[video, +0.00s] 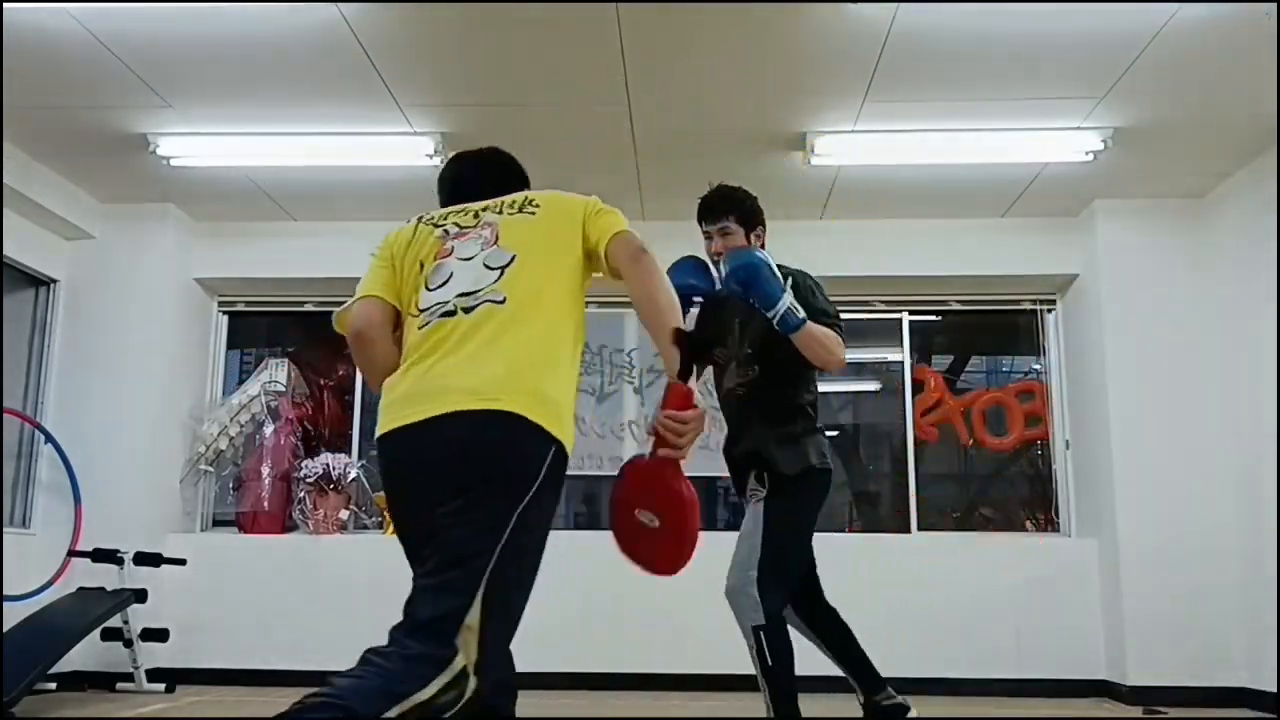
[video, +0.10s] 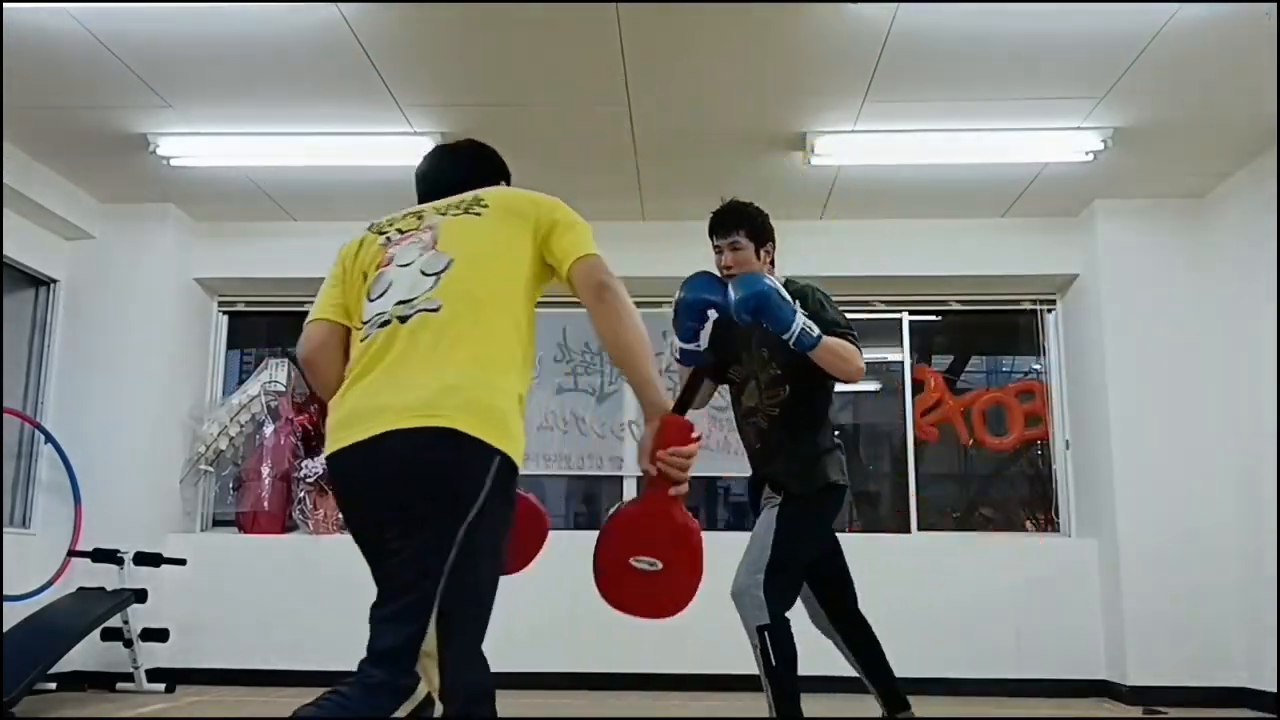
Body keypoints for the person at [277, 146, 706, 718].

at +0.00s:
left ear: (445, 202)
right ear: (525, 188)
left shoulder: (407, 235)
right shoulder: (570, 207)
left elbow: (365, 322)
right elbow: (634, 256)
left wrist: (409, 403)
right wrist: (681, 377)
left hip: (407, 433)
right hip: (515, 423)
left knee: (474, 643)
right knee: (438, 645)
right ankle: (319, 711)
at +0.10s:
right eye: (509, 187)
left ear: (420, 195)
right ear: (500, 182)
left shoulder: (366, 241)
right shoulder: (529, 206)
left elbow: (316, 349)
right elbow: (599, 284)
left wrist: (373, 422)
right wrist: (658, 410)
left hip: (355, 449)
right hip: (461, 436)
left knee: (450, 654)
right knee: (402, 665)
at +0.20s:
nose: (501, 166)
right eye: (500, 158)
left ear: (408, 155)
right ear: (485, 148)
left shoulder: (341, 212)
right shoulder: (488, 171)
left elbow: (270, 337)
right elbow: (514, 278)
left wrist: (338, 417)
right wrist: (584, 419)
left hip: (306, 440)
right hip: (400, 426)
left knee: (418, 653)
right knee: (345, 666)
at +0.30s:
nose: (486, 132)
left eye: (487, 120)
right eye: (487, 116)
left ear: (391, 99)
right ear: (464, 98)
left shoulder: (316, 170)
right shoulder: (442, 128)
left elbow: (235, 298)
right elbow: (431, 243)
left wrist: (310, 378)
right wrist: (495, 398)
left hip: (276, 423)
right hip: (350, 416)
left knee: (391, 640)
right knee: (309, 670)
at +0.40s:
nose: (467, 105)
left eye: (471, 87)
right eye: (470, 81)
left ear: (368, 55)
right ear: (442, 56)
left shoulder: (292, 131)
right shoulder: (404, 92)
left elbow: (215, 267)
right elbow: (370, 218)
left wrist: (338, 334)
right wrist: (430, 373)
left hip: (264, 400)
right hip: (322, 400)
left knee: (383, 621)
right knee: (285, 657)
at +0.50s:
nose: (452, 82)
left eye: (457, 61)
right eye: (454, 55)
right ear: (425, 29)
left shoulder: (285, 110)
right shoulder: (377, 74)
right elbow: (336, 198)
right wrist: (387, 358)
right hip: (292, 399)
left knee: (374, 609)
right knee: (268, 656)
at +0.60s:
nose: (447, 85)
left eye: (451, 65)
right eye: (449, 60)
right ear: (417, 33)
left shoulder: (279, 110)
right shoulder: (358, 75)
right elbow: (306, 204)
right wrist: (349, 363)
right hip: (279, 408)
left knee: (363, 614)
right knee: (277, 664)